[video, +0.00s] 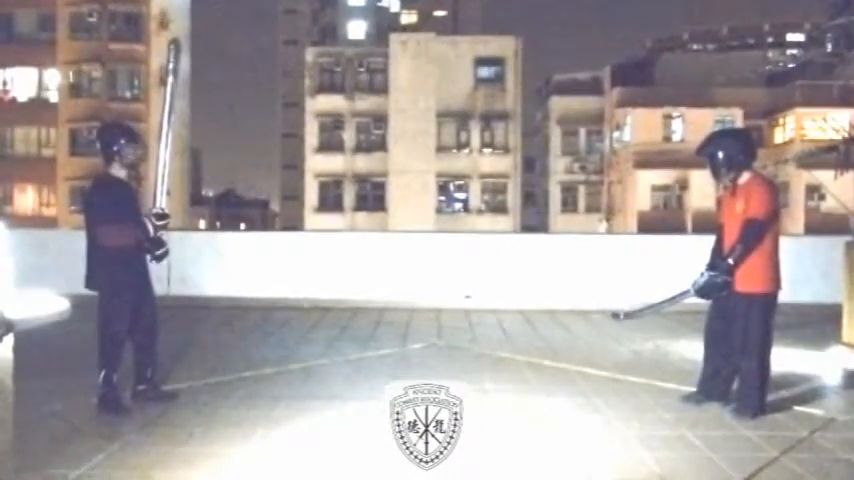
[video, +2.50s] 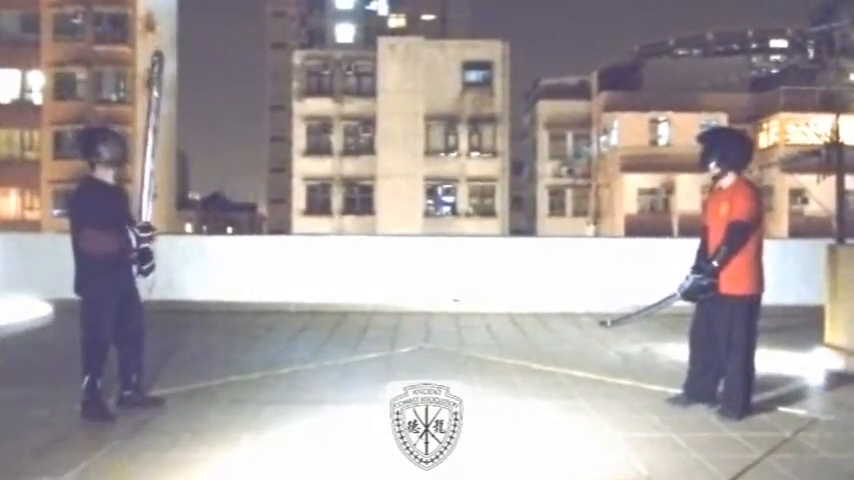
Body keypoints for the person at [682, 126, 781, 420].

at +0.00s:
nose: (712, 169)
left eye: (715, 161)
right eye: (711, 162)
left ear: (731, 159)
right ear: (725, 161)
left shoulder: (760, 189)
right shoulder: (727, 193)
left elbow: (754, 232)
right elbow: (723, 236)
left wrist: (726, 267)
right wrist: (712, 268)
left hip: (756, 283)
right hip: (731, 280)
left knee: (752, 344)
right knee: (719, 336)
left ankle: (750, 401)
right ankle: (712, 388)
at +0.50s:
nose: (703, 167)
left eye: (706, 160)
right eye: (702, 161)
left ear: (722, 158)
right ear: (717, 160)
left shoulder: (751, 188)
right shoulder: (719, 193)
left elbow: (744, 231)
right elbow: (714, 235)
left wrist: (717, 266)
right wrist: (704, 267)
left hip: (747, 280)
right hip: (722, 278)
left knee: (743, 340)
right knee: (711, 333)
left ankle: (741, 397)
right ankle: (704, 385)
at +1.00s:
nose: (724, 165)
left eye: (727, 157)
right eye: (722, 158)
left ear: (743, 155)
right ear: (739, 157)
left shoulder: (772, 185)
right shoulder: (739, 190)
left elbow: (766, 229)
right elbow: (735, 233)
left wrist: (739, 264)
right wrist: (725, 265)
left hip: (769, 280)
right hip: (743, 278)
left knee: (766, 341)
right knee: (732, 335)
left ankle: (765, 398)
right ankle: (727, 387)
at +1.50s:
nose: (716, 164)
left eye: (719, 156)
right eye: (716, 157)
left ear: (735, 154)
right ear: (735, 155)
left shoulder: (766, 184)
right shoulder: (733, 189)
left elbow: (759, 228)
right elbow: (728, 231)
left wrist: (732, 263)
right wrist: (719, 265)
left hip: (764, 277)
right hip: (737, 276)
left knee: (761, 338)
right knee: (727, 332)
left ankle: (760, 393)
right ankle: (723, 383)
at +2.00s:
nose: (705, 161)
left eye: (708, 153)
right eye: (704, 154)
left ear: (725, 153)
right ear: (722, 155)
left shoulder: (753, 185)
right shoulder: (720, 189)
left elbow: (747, 228)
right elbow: (716, 231)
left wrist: (721, 263)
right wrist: (707, 265)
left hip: (751, 278)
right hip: (726, 276)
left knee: (749, 338)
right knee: (715, 332)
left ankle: (748, 394)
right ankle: (711, 383)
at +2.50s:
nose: (707, 162)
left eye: (712, 156)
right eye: (707, 156)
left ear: (726, 158)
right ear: (717, 160)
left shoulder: (745, 193)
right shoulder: (714, 195)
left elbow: (736, 237)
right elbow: (707, 237)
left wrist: (710, 271)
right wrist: (698, 270)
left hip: (740, 284)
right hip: (715, 282)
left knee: (736, 345)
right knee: (704, 339)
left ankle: (735, 401)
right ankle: (699, 389)